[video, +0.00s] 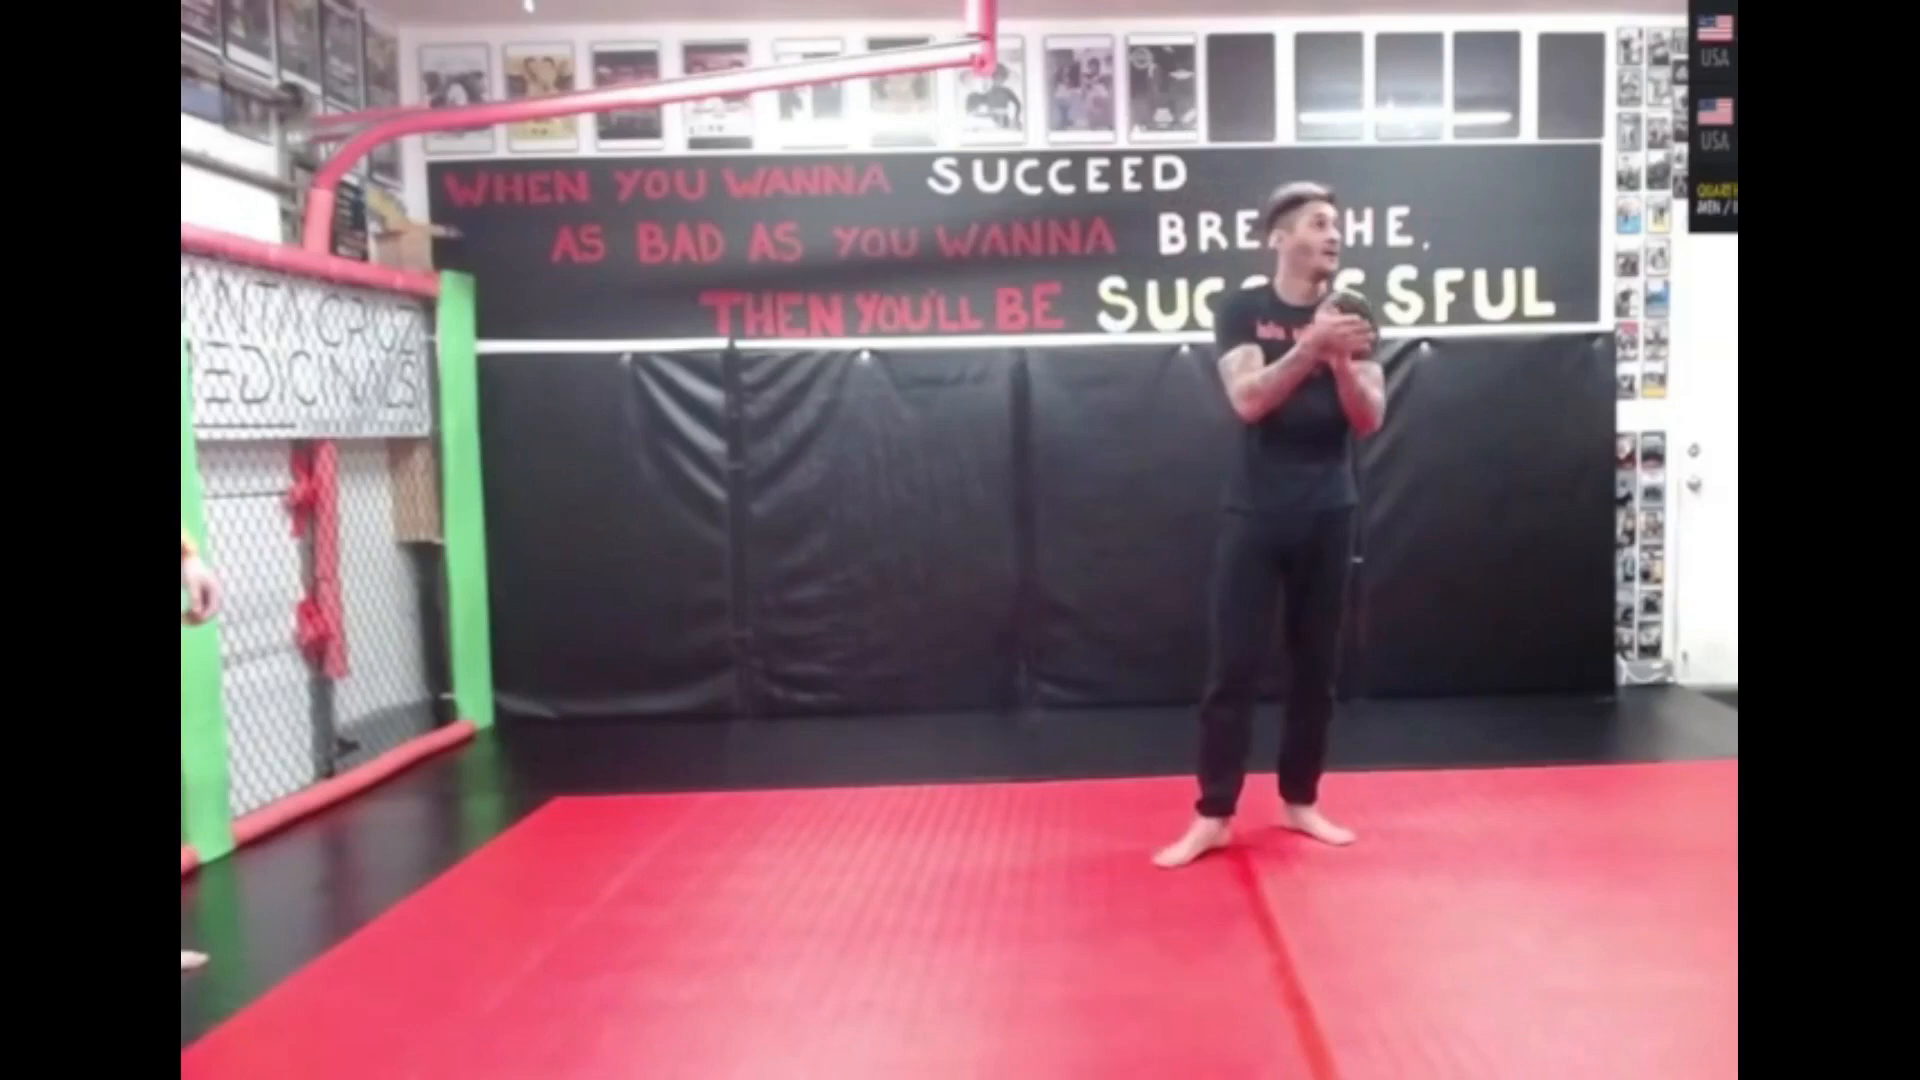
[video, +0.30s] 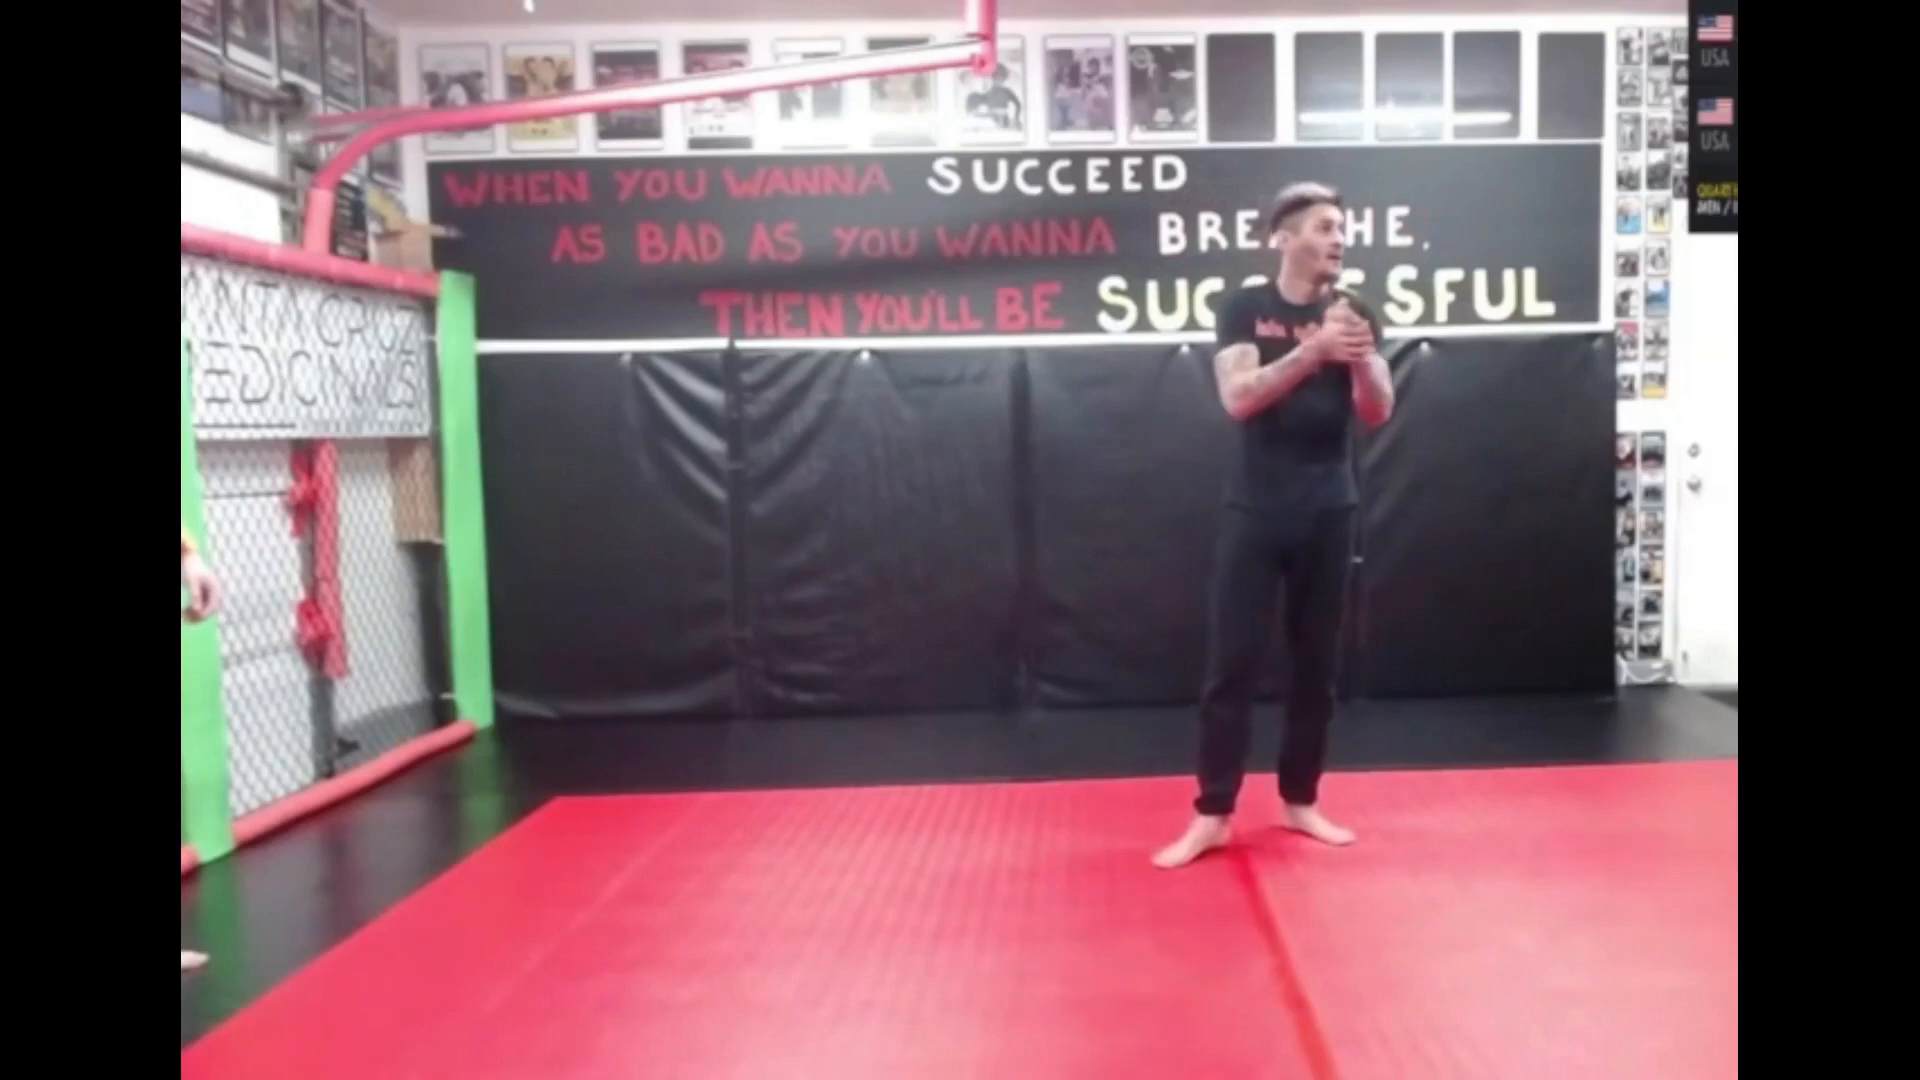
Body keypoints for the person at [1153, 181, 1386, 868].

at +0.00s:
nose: (1332, 235)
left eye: (1335, 225)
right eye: (1317, 224)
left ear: (1338, 242)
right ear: (1276, 239)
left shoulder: (1353, 315)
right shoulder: (1240, 309)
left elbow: (1369, 419)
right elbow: (1248, 401)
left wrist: (1343, 356)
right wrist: (1315, 344)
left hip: (1328, 512)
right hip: (1254, 511)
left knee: (1317, 662)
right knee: (1234, 661)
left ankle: (1300, 800)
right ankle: (1213, 814)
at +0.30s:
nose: (1338, 239)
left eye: (1341, 229)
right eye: (1324, 228)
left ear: (1341, 244)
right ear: (1281, 239)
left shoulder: (1353, 313)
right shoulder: (1242, 307)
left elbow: (1378, 412)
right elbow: (1239, 398)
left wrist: (1360, 355)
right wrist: (1314, 350)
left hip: (1329, 512)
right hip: (1255, 511)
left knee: (1317, 661)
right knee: (1231, 660)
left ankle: (1300, 801)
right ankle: (1212, 812)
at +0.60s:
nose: (1338, 244)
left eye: (1340, 234)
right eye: (1324, 232)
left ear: (1338, 245)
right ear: (1282, 241)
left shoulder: (1352, 315)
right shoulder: (1239, 309)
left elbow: (1413, 392)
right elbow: (1220, 401)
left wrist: (1451, 336)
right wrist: (1298, 378)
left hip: (1327, 515)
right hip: (1251, 512)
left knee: (1318, 662)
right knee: (1230, 662)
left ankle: (1300, 802)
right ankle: (1213, 813)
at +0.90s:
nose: (1337, 246)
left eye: (1341, 236)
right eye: (1325, 234)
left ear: (1338, 246)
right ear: (1283, 240)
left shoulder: (1353, 313)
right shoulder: (1233, 316)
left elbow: (1441, 363)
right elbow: (1191, 413)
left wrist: (1534, 315)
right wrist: (1242, 468)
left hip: (1325, 515)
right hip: (1248, 514)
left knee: (1314, 664)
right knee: (1229, 663)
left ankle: (1298, 802)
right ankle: (1212, 814)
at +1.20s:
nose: (1335, 246)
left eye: (1338, 236)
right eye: (1322, 234)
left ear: (1336, 247)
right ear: (1279, 242)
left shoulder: (1352, 316)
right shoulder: (1232, 318)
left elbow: (1437, 369)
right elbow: (1189, 414)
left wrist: (1528, 324)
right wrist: (1217, 463)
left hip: (1326, 517)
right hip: (1249, 516)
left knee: (1315, 665)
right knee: (1229, 665)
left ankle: (1298, 802)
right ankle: (1213, 814)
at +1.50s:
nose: (1333, 247)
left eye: (1336, 238)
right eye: (1320, 236)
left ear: (1334, 248)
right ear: (1277, 242)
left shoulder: (1350, 316)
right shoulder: (1229, 320)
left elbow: (1435, 367)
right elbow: (1187, 415)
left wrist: (1525, 323)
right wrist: (1215, 461)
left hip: (1325, 517)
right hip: (1248, 515)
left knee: (1315, 665)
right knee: (1228, 665)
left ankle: (1298, 802)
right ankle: (1213, 814)